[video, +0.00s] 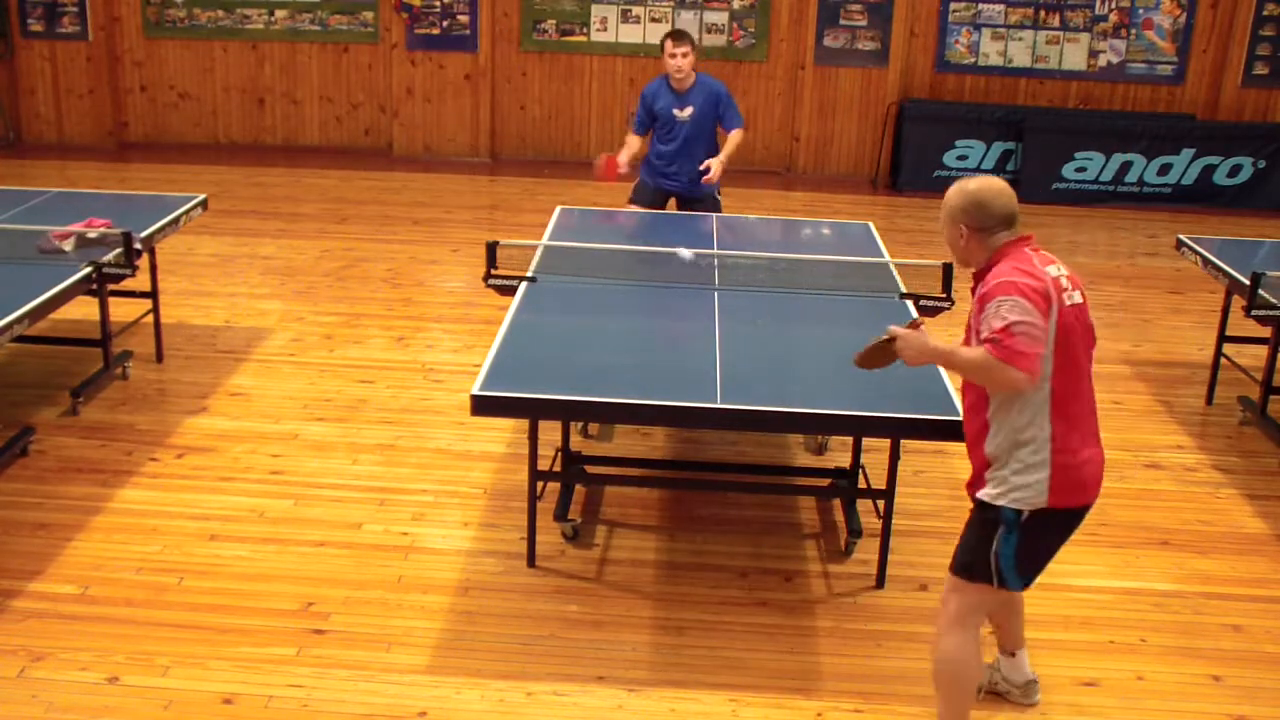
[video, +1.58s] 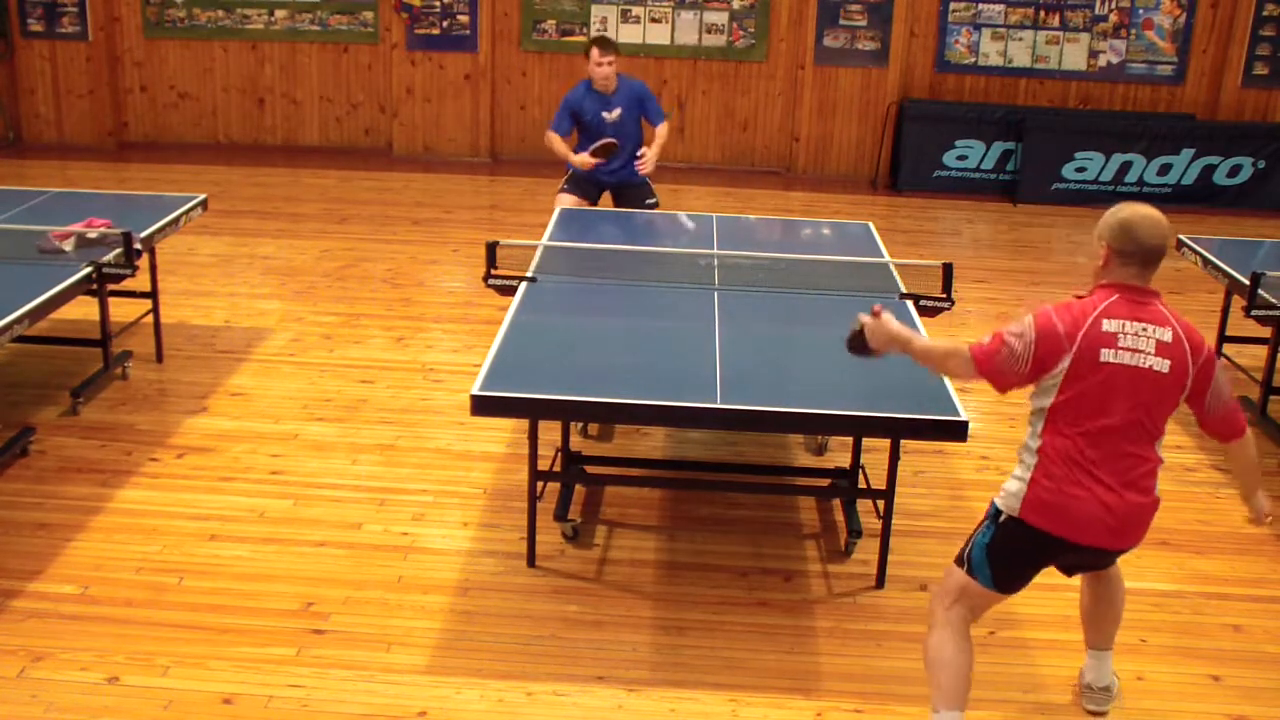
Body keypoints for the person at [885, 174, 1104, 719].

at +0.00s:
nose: (947, 242)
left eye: (948, 232)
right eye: (946, 231)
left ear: (966, 234)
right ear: (1009, 224)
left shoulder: (1009, 284)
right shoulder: (1048, 267)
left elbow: (1017, 370)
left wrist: (933, 351)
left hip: (1030, 482)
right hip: (1062, 471)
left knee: (957, 614)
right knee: (1000, 567)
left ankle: (952, 715)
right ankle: (1014, 671)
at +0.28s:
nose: (946, 225)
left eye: (949, 216)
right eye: (947, 215)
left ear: (964, 225)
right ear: (1017, 222)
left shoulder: (973, 291)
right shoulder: (1067, 278)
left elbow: (943, 387)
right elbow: (1107, 362)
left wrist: (890, 398)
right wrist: (1045, 394)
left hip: (1008, 495)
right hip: (1079, 487)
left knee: (943, 618)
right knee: (1042, 578)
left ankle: (946, 716)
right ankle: (1063, 690)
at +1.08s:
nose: (1024, 242)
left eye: (1026, 234)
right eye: (1028, 233)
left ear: (1034, 242)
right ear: (1089, 246)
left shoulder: (1003, 314)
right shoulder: (1129, 307)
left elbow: (953, 393)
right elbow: (1148, 353)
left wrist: (962, 357)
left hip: (1036, 508)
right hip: (1124, 509)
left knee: (945, 593)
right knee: (1103, 569)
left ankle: (934, 713)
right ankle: (1106, 682)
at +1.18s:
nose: (1062, 247)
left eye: (1063, 240)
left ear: (1065, 246)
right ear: (1122, 251)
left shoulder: (1021, 309)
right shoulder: (1157, 315)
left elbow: (976, 379)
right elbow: (1173, 371)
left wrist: (1040, 375)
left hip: (1037, 503)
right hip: (1125, 511)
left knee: (949, 593)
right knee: (1109, 569)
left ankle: (935, 713)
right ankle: (1106, 683)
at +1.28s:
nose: (1086, 251)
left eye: (1088, 244)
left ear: (1091, 251)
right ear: (1148, 259)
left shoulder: (1041, 305)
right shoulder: (1173, 327)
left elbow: (990, 301)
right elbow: (1197, 376)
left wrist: (1050, 319)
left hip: (1039, 510)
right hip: (1125, 519)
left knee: (948, 592)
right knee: (1109, 567)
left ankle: (932, 713)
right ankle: (1104, 682)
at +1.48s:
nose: (1101, 242)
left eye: (1105, 237)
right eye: (1105, 236)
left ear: (1111, 248)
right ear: (1168, 260)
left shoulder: (1069, 307)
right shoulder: (1192, 339)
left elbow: (957, 303)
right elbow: (1245, 426)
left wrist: (895, 264)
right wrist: (1254, 456)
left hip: (1046, 502)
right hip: (1127, 518)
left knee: (948, 591)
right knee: (1102, 561)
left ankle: (927, 715)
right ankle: (1099, 680)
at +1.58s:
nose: (1091, 250)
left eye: (1095, 242)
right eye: (1098, 240)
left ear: (1103, 253)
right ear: (1160, 262)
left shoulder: (1069, 320)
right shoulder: (1187, 341)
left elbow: (973, 362)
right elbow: (1234, 431)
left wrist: (901, 340)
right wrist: (1255, 497)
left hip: (1042, 508)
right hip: (1124, 518)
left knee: (952, 606)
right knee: (1099, 561)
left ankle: (946, 714)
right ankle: (1099, 679)